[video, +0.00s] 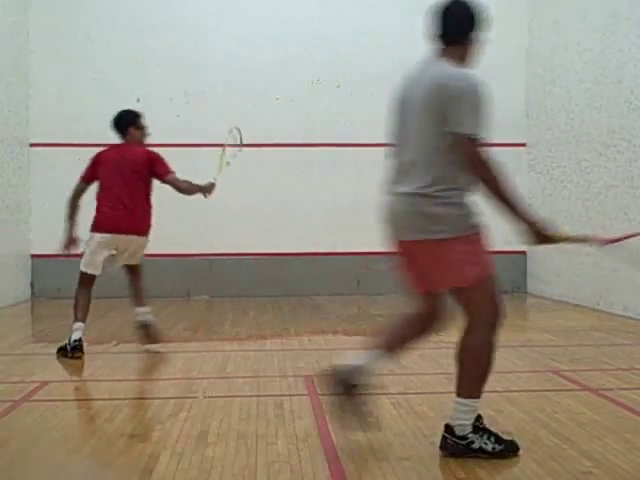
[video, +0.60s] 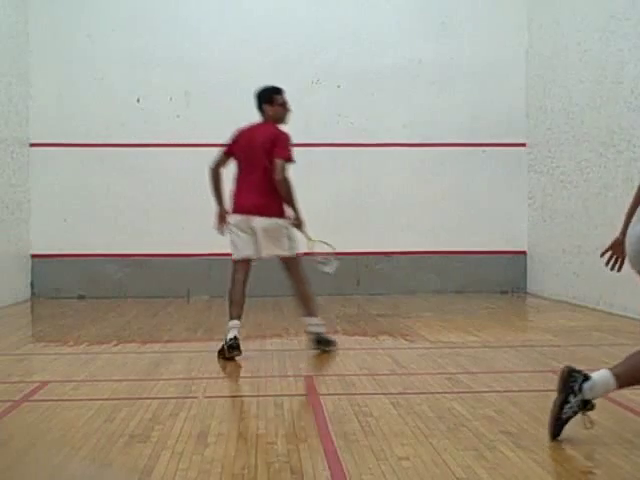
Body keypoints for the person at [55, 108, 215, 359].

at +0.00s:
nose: (146, 132)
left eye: (144, 127)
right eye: (142, 128)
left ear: (123, 132)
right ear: (131, 130)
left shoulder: (103, 156)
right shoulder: (148, 156)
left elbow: (76, 195)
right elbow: (177, 184)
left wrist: (70, 231)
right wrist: (202, 189)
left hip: (105, 230)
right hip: (137, 232)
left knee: (85, 282)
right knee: (134, 268)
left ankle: (76, 337)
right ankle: (143, 315)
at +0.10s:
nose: (173, 128)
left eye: (172, 123)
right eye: (169, 123)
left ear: (150, 127)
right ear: (157, 126)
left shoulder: (127, 150)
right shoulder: (170, 154)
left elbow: (99, 185)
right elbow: (194, 183)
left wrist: (102, 218)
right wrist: (216, 197)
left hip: (121, 224)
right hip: (154, 228)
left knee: (97, 278)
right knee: (166, 276)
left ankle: (76, 336)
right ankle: (184, 317)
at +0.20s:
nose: (202, 123)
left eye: (201, 118)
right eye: (197, 119)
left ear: (179, 122)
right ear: (184, 121)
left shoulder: (156, 146)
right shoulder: (199, 150)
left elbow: (126, 180)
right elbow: (216, 187)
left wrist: (131, 212)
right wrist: (231, 212)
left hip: (150, 221)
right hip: (183, 224)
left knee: (118, 276)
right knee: (196, 281)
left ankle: (83, 328)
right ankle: (209, 337)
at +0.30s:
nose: (227, 115)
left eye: (226, 110)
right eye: (222, 110)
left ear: (203, 113)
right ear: (209, 112)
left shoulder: (182, 137)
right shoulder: (222, 141)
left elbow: (153, 172)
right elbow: (228, 180)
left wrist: (155, 207)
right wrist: (240, 210)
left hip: (176, 214)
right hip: (207, 218)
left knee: (152, 269)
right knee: (211, 278)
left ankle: (128, 323)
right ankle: (210, 333)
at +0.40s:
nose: (247, 102)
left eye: (247, 96)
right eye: (243, 97)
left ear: (224, 99)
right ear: (229, 98)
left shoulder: (202, 123)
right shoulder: (242, 127)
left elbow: (176, 160)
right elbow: (240, 165)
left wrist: (179, 198)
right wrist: (250, 200)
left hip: (199, 202)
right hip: (228, 205)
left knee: (191, 262)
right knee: (231, 264)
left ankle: (186, 324)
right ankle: (223, 322)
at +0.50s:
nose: (267, 99)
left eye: (266, 94)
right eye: (263, 94)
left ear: (244, 97)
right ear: (248, 96)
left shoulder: (222, 122)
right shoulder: (261, 124)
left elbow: (196, 156)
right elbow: (257, 164)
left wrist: (200, 196)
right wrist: (270, 200)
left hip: (219, 199)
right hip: (248, 201)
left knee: (223, 262)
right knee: (260, 261)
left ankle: (225, 325)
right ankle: (261, 323)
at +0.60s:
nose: (287, 109)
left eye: (286, 104)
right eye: (282, 104)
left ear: (264, 108)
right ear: (268, 107)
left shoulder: (242, 134)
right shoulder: (279, 136)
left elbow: (216, 167)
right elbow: (279, 176)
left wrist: (221, 207)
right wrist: (296, 212)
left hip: (240, 214)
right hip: (270, 215)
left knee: (239, 273)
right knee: (294, 270)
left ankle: (232, 335)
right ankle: (315, 329)